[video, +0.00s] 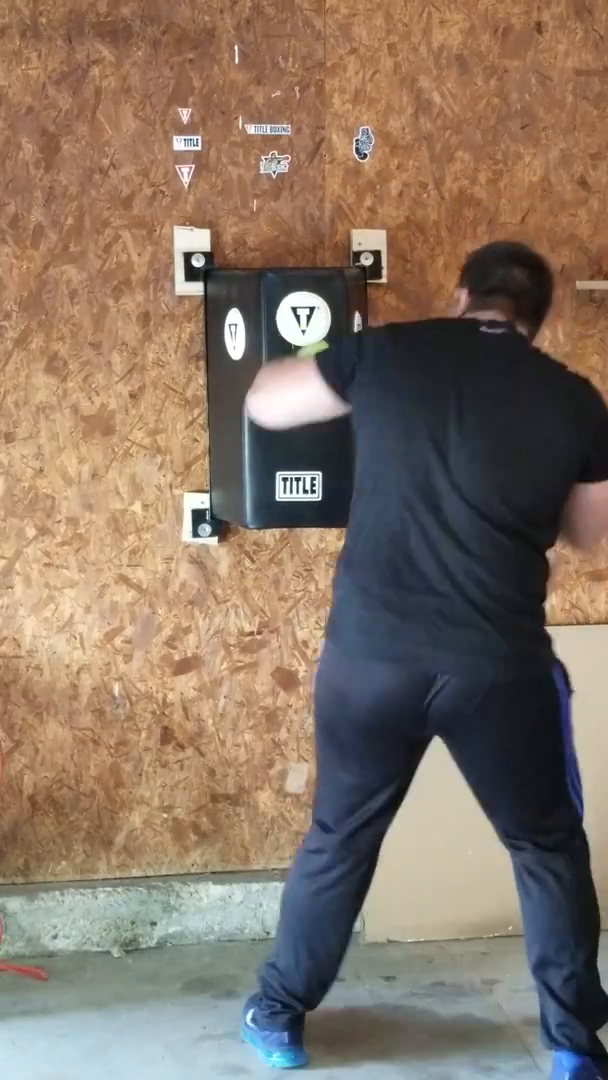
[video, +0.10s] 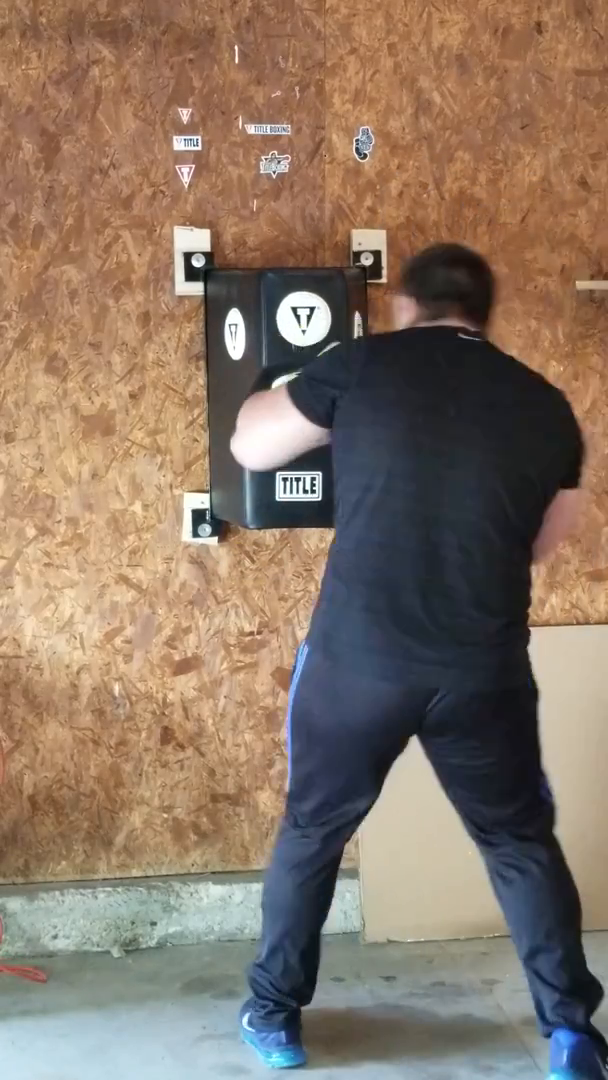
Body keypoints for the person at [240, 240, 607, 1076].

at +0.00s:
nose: (449, 305)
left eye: (452, 296)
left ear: (459, 297)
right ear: (539, 319)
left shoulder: (385, 354)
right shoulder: (574, 401)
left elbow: (265, 403)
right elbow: (590, 537)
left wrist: (343, 372)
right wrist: (522, 479)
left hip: (370, 647)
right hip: (497, 661)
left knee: (337, 835)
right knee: (545, 842)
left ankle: (276, 1014)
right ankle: (574, 1041)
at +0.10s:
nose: (388, 317)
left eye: (392, 306)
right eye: (394, 309)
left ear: (406, 307)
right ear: (481, 315)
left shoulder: (362, 365)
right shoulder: (547, 403)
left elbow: (250, 442)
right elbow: (546, 539)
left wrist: (309, 386)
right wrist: (479, 525)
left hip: (363, 648)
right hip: (483, 660)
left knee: (313, 825)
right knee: (520, 837)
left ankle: (273, 1013)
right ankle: (571, 1029)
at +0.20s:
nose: (328, 327)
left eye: (325, 315)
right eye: (325, 317)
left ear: (343, 309)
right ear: (417, 299)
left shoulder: (347, 366)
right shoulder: (499, 382)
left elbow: (249, 464)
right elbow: (477, 483)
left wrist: (284, 386)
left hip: (368, 641)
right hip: (478, 646)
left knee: (304, 828)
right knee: (491, 823)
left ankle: (272, 1014)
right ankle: (562, 1010)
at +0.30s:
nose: (275, 350)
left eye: (271, 336)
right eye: (270, 338)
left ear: (289, 323)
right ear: (358, 297)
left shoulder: (341, 375)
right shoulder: (444, 369)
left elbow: (252, 489)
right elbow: (390, 481)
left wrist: (258, 407)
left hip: (376, 637)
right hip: (482, 630)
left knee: (307, 831)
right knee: (475, 825)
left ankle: (273, 1016)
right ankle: (550, 1009)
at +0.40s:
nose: (249, 373)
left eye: (243, 359)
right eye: (244, 362)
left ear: (258, 344)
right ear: (320, 307)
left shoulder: (324, 388)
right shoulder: (407, 366)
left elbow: (254, 520)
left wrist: (233, 441)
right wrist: (268, 440)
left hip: (376, 635)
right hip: (480, 626)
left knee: (304, 829)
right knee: (473, 824)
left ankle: (273, 1014)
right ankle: (550, 1009)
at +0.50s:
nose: (232, 372)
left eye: (226, 357)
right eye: (229, 359)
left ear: (237, 347)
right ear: (306, 310)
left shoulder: (283, 398)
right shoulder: (401, 359)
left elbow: (256, 544)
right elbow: (365, 480)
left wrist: (201, 498)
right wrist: (255, 455)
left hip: (353, 638)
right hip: (464, 625)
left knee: (296, 829)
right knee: (487, 818)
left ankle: (274, 1013)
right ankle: (558, 1009)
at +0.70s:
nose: (348, 291)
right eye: (346, 281)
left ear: (260, 308)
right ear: (344, 286)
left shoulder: (223, 385)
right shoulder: (400, 337)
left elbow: (139, 511)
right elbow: (495, 404)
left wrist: (149, 513)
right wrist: (420, 356)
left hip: (307, 646)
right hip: (423, 630)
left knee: (316, 818)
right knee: (499, 803)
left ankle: (274, 1012)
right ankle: (547, 1002)